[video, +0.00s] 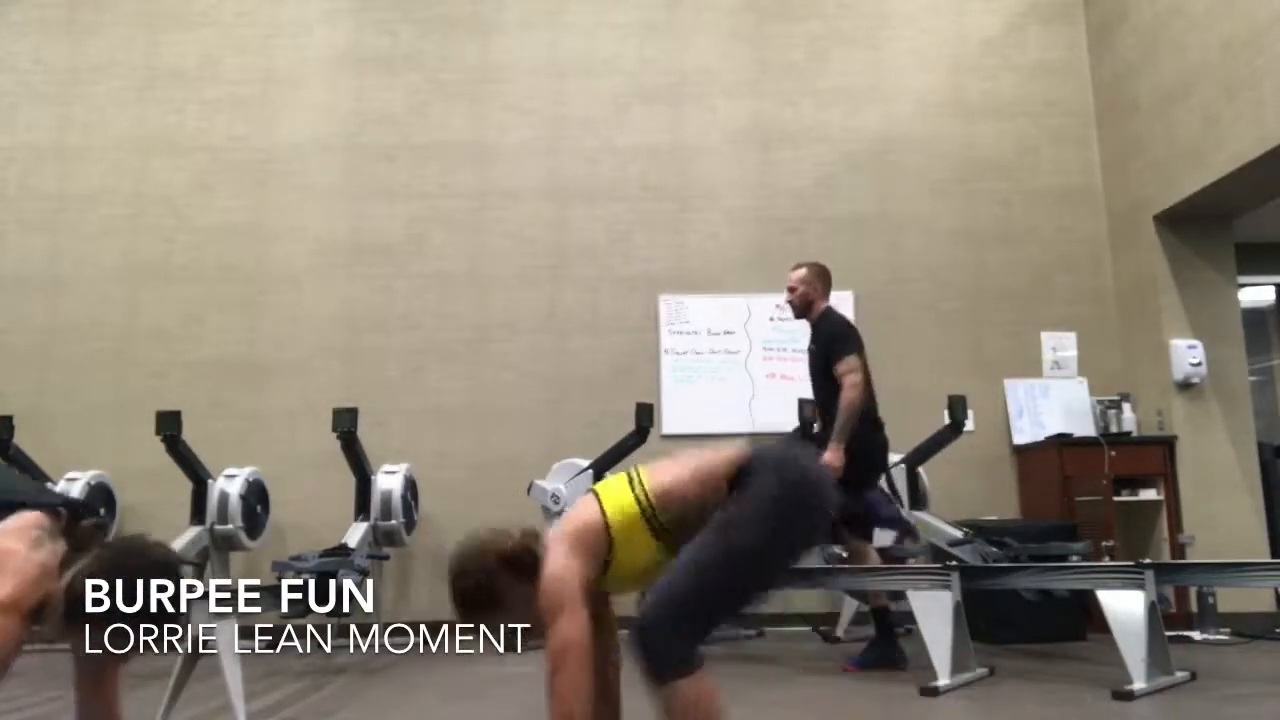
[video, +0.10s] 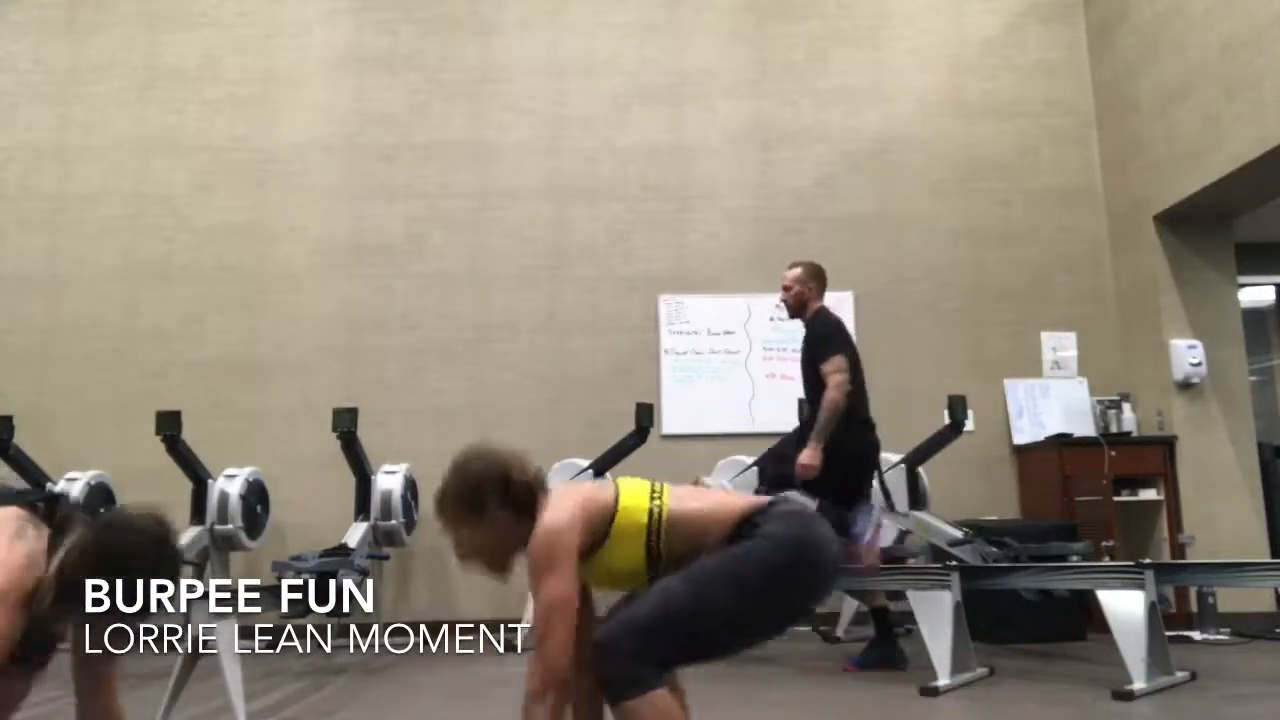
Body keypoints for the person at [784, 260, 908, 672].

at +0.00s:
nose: (788, 296)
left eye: (794, 289)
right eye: (788, 289)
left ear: (817, 292)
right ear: (808, 293)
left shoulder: (834, 328)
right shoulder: (820, 330)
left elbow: (854, 384)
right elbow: (835, 391)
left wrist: (836, 445)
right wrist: (827, 437)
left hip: (857, 445)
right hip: (848, 444)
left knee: (855, 541)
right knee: (853, 540)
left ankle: (886, 638)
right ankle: (884, 637)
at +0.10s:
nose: (782, 295)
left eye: (788, 288)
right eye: (783, 288)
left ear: (811, 291)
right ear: (808, 292)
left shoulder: (824, 327)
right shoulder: (820, 327)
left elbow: (839, 385)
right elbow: (832, 392)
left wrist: (815, 444)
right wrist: (810, 440)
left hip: (843, 450)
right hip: (848, 449)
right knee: (850, 547)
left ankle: (886, 638)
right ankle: (884, 638)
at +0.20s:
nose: (770, 297)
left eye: (775, 290)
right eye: (770, 290)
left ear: (798, 292)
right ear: (796, 293)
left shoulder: (811, 327)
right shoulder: (810, 327)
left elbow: (824, 387)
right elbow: (825, 393)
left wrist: (796, 445)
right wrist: (805, 444)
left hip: (833, 445)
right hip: (843, 443)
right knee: (849, 544)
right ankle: (884, 639)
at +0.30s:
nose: (750, 297)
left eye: (757, 290)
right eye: (751, 290)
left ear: (780, 294)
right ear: (777, 295)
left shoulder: (792, 331)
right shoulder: (791, 330)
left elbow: (808, 390)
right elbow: (810, 395)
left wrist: (783, 441)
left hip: (817, 449)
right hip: (833, 448)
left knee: (784, 544)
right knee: (847, 545)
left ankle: (769, 647)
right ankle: (884, 640)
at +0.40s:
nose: (729, 297)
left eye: (736, 291)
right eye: (730, 291)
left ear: (759, 292)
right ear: (756, 294)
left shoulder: (771, 332)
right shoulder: (771, 331)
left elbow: (793, 396)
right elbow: (794, 398)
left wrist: (771, 447)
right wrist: (780, 445)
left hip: (806, 451)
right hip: (817, 449)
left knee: (777, 546)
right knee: (842, 545)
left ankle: (766, 652)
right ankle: (882, 640)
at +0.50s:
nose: (704, 291)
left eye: (711, 284)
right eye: (705, 284)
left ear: (734, 288)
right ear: (728, 288)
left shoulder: (749, 329)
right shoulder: (740, 329)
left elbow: (774, 397)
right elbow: (751, 401)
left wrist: (758, 458)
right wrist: (743, 453)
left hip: (789, 444)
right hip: (796, 441)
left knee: (768, 545)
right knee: (820, 534)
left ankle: (765, 652)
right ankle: (869, 619)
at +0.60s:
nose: (687, 284)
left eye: (694, 277)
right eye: (689, 276)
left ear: (717, 281)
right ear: (714, 282)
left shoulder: (730, 325)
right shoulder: (727, 322)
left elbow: (754, 395)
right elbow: (734, 396)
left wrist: (750, 464)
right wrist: (712, 443)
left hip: (774, 437)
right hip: (780, 433)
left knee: (762, 547)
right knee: (795, 529)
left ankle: (766, 654)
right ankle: (853, 590)